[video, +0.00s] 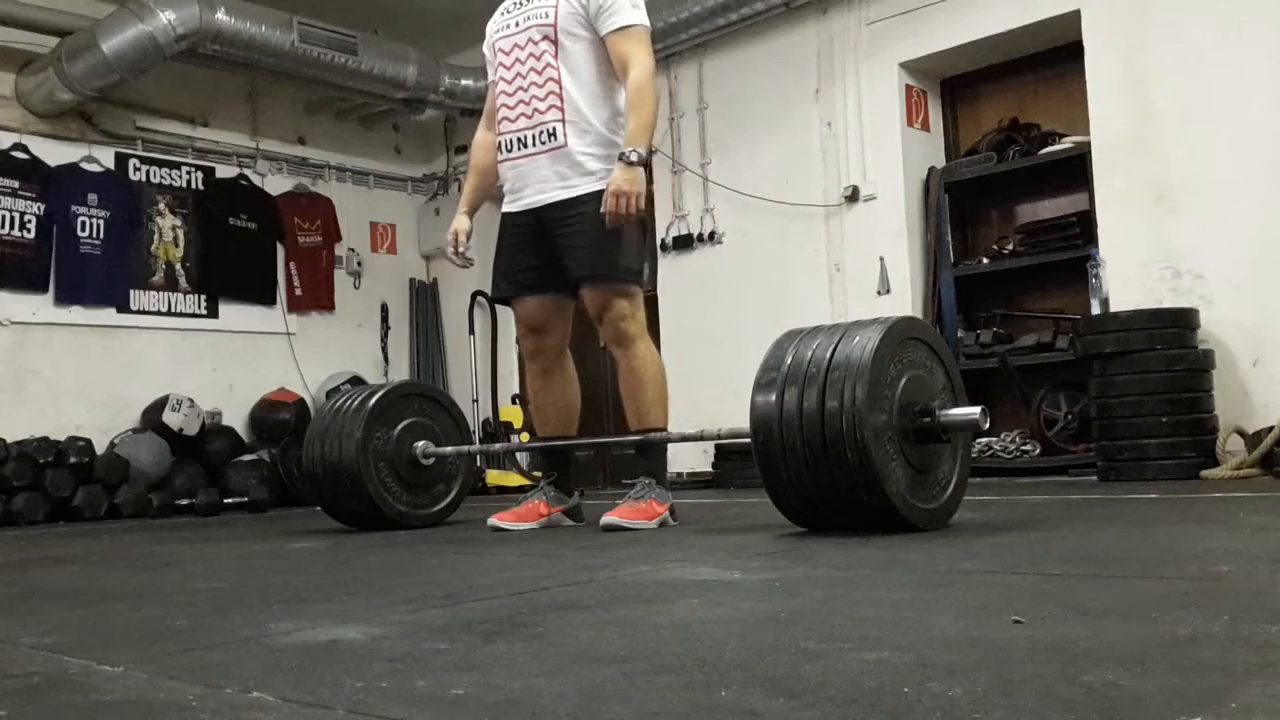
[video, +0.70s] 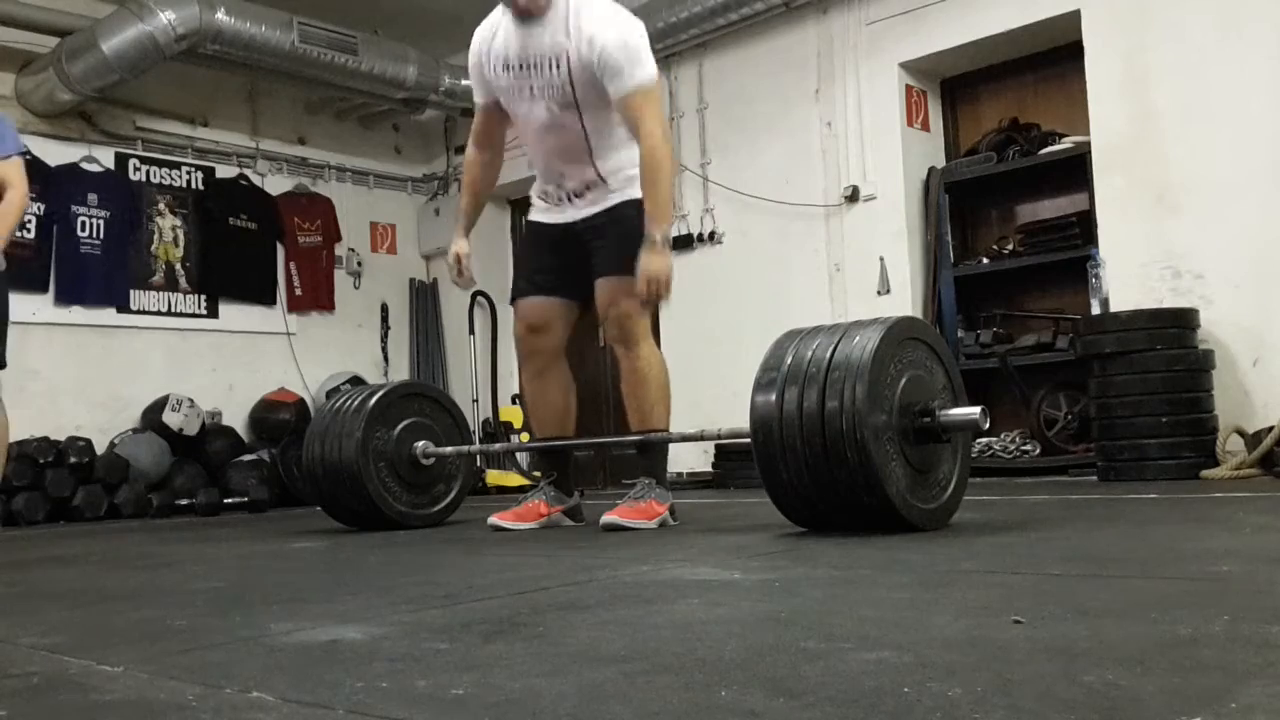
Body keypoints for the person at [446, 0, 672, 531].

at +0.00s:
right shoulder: (498, 22)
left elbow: (639, 66)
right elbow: (491, 124)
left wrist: (632, 159)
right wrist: (466, 207)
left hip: (595, 185)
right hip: (524, 201)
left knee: (621, 325)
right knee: (537, 337)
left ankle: (652, 487)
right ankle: (556, 491)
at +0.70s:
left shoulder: (607, 28)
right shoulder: (489, 40)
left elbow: (652, 133)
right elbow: (484, 145)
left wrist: (658, 240)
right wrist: (462, 231)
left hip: (619, 195)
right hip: (550, 205)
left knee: (624, 320)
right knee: (535, 330)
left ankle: (652, 486)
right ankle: (555, 490)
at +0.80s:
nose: (518, 57)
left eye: (526, 41)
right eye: (503, 45)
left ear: (552, 11)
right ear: (486, 31)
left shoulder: (607, 72)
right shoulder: (488, 72)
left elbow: (657, 187)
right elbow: (488, 167)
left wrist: (665, 303)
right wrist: (470, 256)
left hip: (629, 207)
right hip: (559, 216)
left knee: (630, 318)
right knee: (532, 332)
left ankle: (653, 488)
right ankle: (556, 491)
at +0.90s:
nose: (533, 116)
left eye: (540, 100)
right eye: (516, 106)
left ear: (557, 69)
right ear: (493, 94)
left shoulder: (608, 110)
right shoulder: (488, 111)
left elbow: (660, 231)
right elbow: (493, 192)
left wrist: (671, 346)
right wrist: (482, 279)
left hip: (640, 214)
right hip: (569, 223)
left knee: (631, 314)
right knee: (533, 332)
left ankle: (654, 487)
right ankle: (558, 491)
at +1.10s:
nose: (528, 196)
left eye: (535, 179)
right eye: (513, 188)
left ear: (549, 143)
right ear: (489, 174)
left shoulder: (606, 168)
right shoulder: (489, 169)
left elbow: (659, 289)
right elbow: (502, 229)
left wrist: (678, 404)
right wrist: (503, 318)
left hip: (656, 220)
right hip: (579, 234)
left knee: (633, 313)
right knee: (531, 337)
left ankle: (654, 488)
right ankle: (558, 492)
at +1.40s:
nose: (469, 252)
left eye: (473, 241)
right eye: (460, 246)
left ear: (499, 211)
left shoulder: (577, 199)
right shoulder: (481, 226)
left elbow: (651, 297)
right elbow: (506, 309)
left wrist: (681, 409)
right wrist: (511, 402)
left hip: (665, 210)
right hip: (586, 237)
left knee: (633, 315)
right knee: (538, 338)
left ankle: (654, 489)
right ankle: (559, 491)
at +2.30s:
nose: (465, 173)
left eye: (474, 153)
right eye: (455, 161)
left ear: (514, 144)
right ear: (450, 163)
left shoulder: (592, 204)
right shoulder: (492, 237)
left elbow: (656, 301)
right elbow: (506, 335)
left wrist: (670, 406)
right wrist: (497, 423)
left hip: (682, 294)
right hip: (596, 318)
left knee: (613, 324)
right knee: (512, 348)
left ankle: (652, 490)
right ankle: (557, 494)